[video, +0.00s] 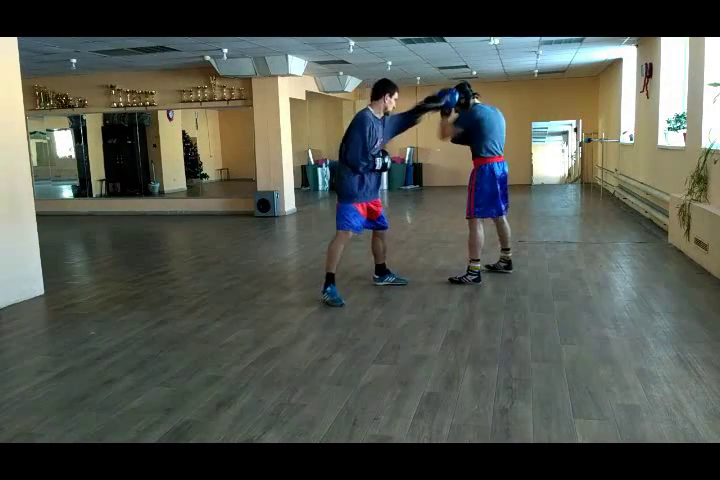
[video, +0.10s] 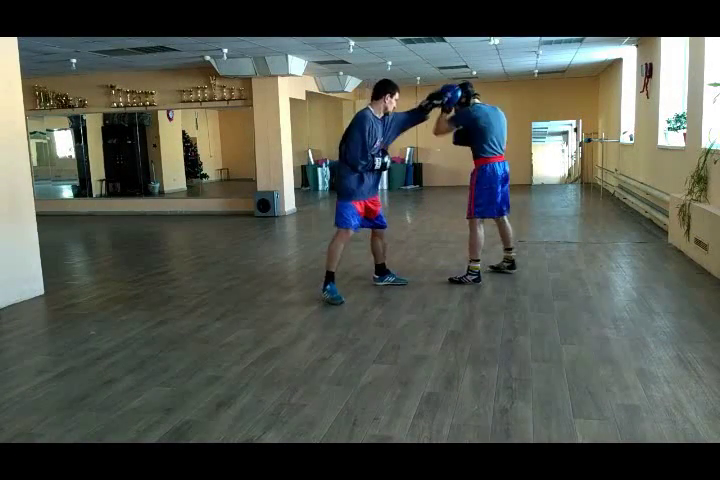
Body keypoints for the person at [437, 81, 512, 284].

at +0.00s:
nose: (457, 108)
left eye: (457, 105)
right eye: (457, 104)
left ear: (461, 101)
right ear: (474, 97)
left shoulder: (471, 113)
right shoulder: (496, 113)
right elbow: (477, 138)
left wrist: (446, 112)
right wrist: (453, 135)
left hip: (483, 169)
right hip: (500, 166)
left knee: (475, 219)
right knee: (499, 216)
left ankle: (473, 271)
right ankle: (506, 260)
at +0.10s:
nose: (456, 105)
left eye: (456, 102)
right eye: (456, 101)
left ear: (460, 99)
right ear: (474, 95)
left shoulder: (469, 112)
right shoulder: (497, 111)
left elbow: (439, 130)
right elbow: (484, 138)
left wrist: (446, 108)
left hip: (484, 169)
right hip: (502, 166)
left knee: (475, 220)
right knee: (501, 216)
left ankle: (473, 271)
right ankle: (509, 259)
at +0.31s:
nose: (471, 108)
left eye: (471, 105)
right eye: (470, 105)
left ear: (476, 100)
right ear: (489, 97)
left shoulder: (483, 112)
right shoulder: (512, 117)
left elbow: (469, 141)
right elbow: (513, 152)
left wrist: (458, 124)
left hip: (489, 171)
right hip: (508, 171)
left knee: (475, 223)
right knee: (514, 218)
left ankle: (471, 272)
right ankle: (535, 262)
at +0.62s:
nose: (482, 111)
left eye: (482, 107)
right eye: (481, 108)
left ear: (489, 102)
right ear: (501, 100)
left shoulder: (496, 113)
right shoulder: (520, 117)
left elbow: (494, 142)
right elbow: (516, 146)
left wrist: (479, 152)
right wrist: (487, 141)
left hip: (497, 174)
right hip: (517, 174)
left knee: (475, 222)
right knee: (518, 220)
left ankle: (467, 270)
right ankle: (537, 264)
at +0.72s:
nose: (479, 106)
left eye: (480, 103)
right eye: (479, 103)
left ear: (485, 99)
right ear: (500, 97)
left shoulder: (488, 111)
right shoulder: (519, 117)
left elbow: (478, 144)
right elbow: (515, 147)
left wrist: (477, 155)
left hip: (491, 172)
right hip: (513, 172)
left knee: (471, 223)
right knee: (520, 219)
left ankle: (465, 270)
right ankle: (536, 264)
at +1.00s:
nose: (481, 95)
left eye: (482, 92)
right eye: (482, 92)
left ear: (485, 92)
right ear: (504, 93)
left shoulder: (479, 105)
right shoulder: (517, 113)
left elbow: (455, 130)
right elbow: (506, 136)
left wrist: (468, 149)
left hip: (486, 171)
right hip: (510, 170)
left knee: (472, 222)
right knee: (522, 217)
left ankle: (465, 270)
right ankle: (542, 263)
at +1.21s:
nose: (488, 102)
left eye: (488, 99)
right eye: (487, 99)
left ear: (491, 98)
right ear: (509, 96)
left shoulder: (492, 113)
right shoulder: (528, 118)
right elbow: (525, 151)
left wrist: (478, 146)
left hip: (494, 173)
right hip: (518, 173)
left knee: (473, 221)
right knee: (530, 222)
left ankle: (463, 270)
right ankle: (545, 270)